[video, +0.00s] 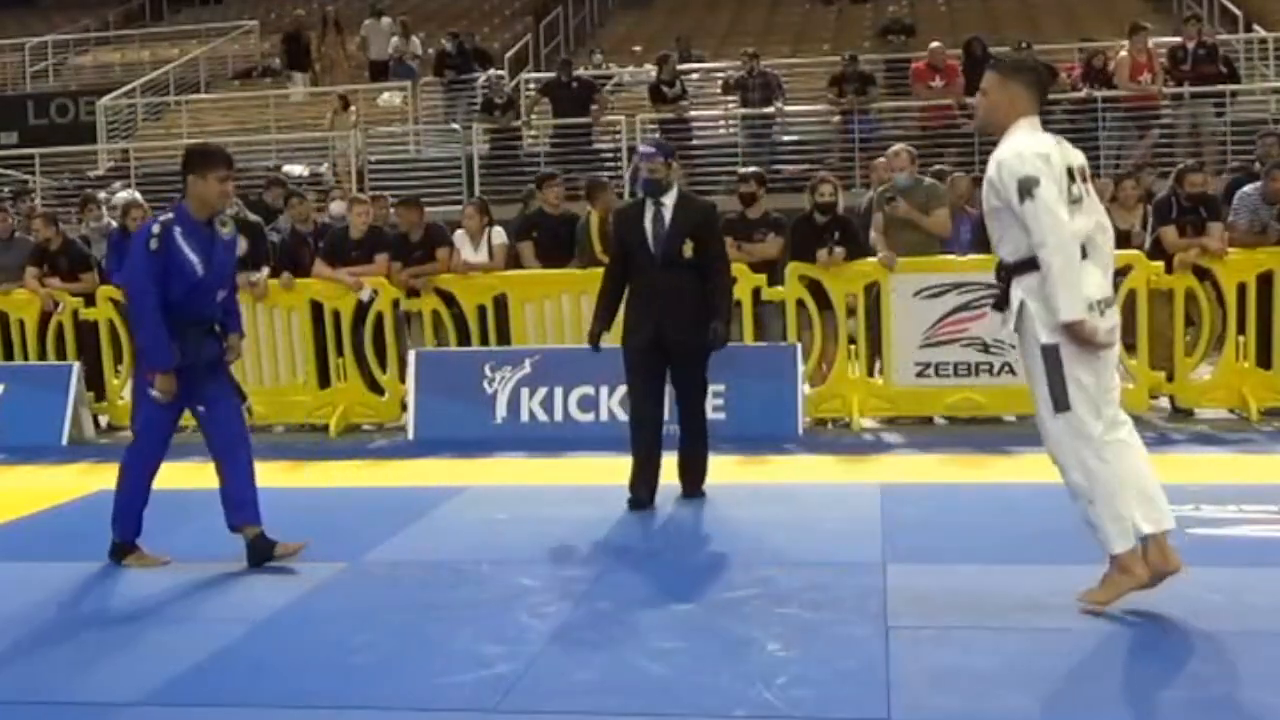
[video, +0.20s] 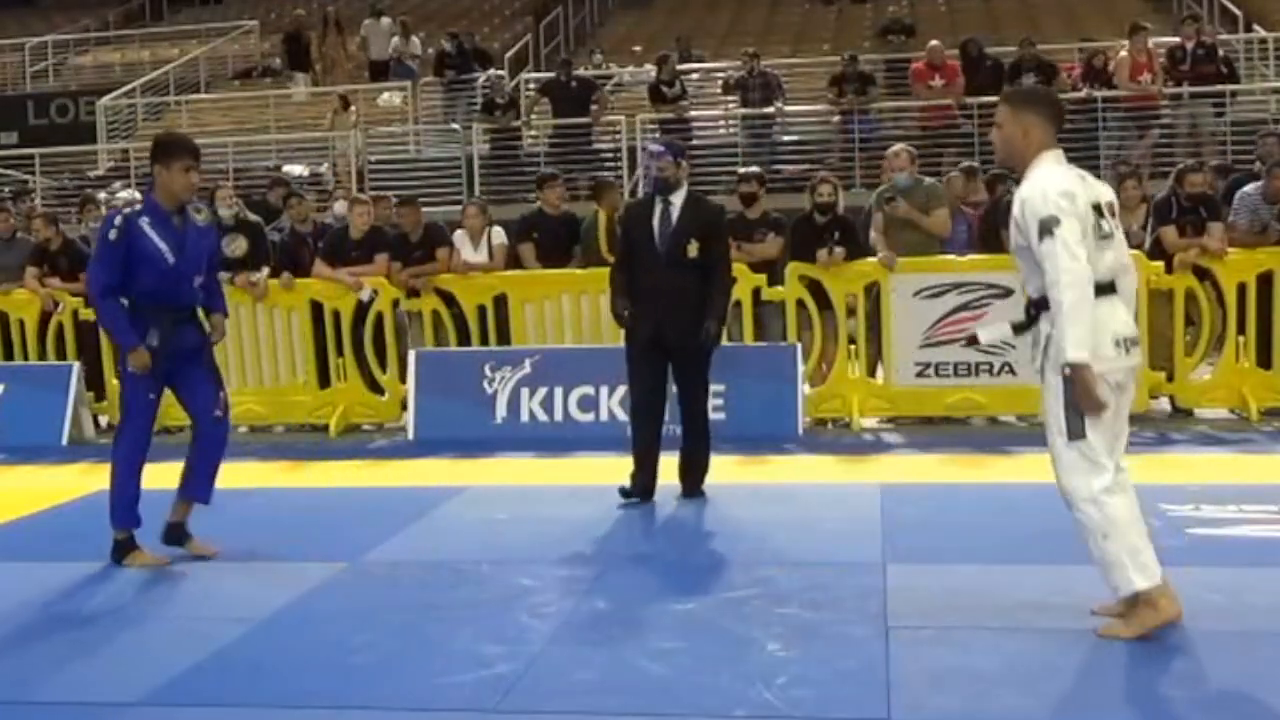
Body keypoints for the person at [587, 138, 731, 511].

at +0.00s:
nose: (646, 171)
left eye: (653, 165)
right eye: (642, 165)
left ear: (671, 168)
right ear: (636, 170)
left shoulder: (700, 212)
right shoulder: (625, 216)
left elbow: (717, 271)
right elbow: (616, 273)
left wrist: (720, 319)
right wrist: (600, 322)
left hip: (689, 328)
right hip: (641, 328)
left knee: (691, 411)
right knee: (643, 413)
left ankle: (692, 485)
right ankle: (641, 492)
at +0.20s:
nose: (656, 170)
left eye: (664, 164)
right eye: (653, 164)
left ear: (682, 168)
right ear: (648, 168)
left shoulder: (708, 213)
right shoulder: (633, 213)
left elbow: (720, 272)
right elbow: (622, 266)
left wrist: (714, 319)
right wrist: (621, 303)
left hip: (690, 324)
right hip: (644, 325)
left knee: (693, 407)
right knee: (644, 408)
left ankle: (693, 481)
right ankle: (642, 482)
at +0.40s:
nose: (659, 172)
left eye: (666, 166)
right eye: (656, 166)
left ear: (685, 168)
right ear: (652, 169)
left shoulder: (710, 214)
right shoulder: (636, 211)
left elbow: (718, 274)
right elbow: (623, 267)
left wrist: (717, 325)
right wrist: (614, 312)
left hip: (690, 325)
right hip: (643, 324)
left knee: (693, 407)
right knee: (636, 401)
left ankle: (692, 480)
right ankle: (636, 469)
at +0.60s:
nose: (652, 170)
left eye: (660, 164)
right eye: (649, 163)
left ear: (679, 169)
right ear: (644, 167)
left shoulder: (703, 215)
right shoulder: (630, 212)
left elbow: (717, 273)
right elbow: (616, 270)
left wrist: (723, 325)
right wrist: (605, 318)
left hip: (686, 324)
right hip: (638, 323)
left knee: (690, 406)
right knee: (634, 403)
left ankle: (692, 481)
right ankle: (634, 473)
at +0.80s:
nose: (642, 170)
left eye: (650, 165)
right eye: (638, 164)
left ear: (667, 170)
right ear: (631, 168)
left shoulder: (692, 215)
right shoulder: (618, 214)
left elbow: (706, 272)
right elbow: (607, 270)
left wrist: (715, 324)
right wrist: (599, 319)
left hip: (677, 325)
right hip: (630, 325)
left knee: (685, 406)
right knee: (636, 406)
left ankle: (691, 480)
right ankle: (637, 476)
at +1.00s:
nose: (633, 173)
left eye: (642, 167)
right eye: (630, 166)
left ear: (658, 172)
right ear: (624, 169)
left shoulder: (681, 214)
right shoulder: (606, 217)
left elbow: (694, 270)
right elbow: (597, 271)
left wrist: (695, 319)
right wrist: (595, 317)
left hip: (673, 323)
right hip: (626, 325)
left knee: (682, 405)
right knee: (635, 404)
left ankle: (690, 477)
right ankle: (638, 473)